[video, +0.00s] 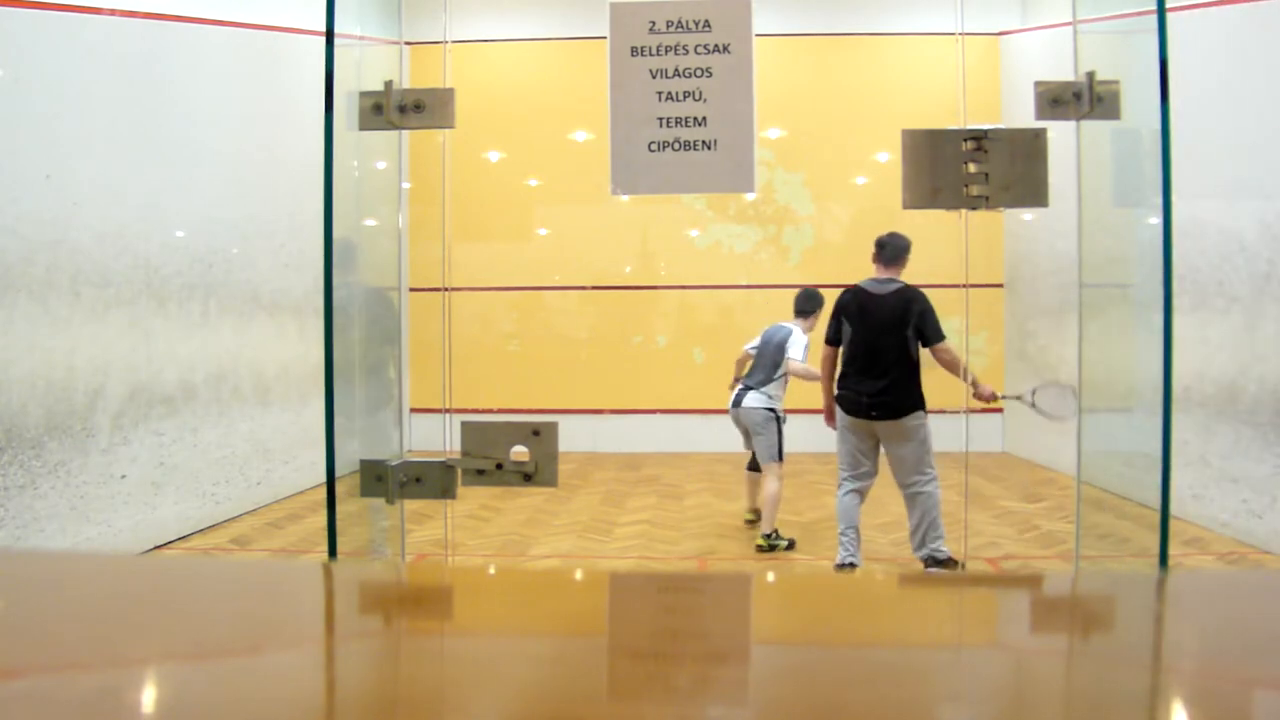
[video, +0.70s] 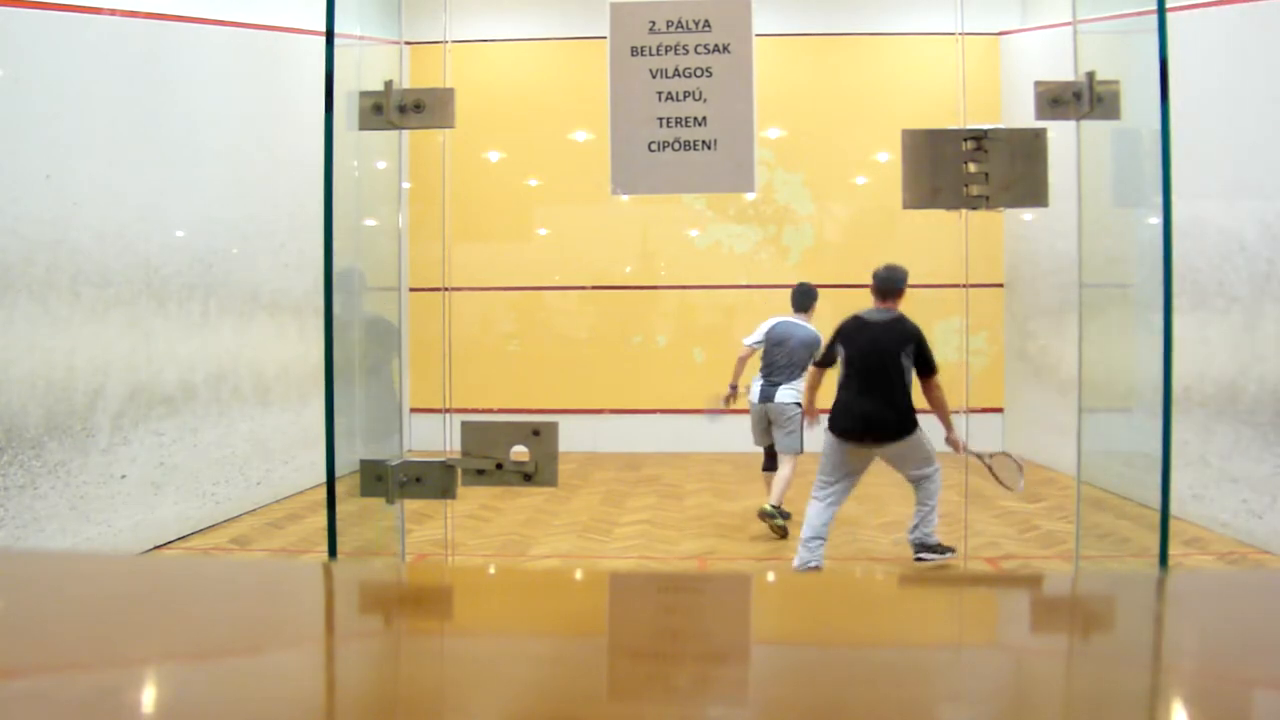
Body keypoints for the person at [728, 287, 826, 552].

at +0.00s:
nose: (817, 321)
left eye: (818, 317)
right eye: (818, 317)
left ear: (794, 311)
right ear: (815, 315)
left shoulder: (772, 330)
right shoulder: (798, 335)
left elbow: (743, 356)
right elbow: (794, 368)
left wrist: (736, 378)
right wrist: (827, 377)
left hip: (740, 403)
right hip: (762, 407)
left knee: (756, 455)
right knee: (772, 472)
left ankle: (752, 509)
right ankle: (768, 534)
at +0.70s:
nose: (814, 308)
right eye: (815, 304)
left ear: (792, 303)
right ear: (813, 306)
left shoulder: (773, 325)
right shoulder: (815, 338)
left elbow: (744, 355)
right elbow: (817, 372)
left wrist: (734, 385)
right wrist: (811, 403)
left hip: (759, 397)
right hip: (788, 400)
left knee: (769, 454)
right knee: (787, 460)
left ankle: (775, 505)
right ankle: (772, 505)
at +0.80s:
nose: (811, 304)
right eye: (811, 300)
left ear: (788, 300)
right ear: (810, 302)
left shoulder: (768, 324)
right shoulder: (814, 334)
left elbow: (747, 359)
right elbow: (806, 365)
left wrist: (739, 392)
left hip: (760, 398)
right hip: (789, 400)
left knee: (770, 453)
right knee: (791, 458)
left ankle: (773, 508)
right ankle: (781, 507)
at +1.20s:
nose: (808, 299)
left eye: (805, 294)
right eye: (808, 295)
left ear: (783, 296)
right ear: (806, 297)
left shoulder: (763, 324)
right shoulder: (815, 331)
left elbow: (747, 362)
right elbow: (818, 374)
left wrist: (743, 397)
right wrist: (805, 399)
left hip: (760, 401)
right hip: (792, 403)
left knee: (760, 457)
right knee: (795, 467)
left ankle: (758, 508)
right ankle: (784, 521)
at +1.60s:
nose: (779, 291)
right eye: (781, 287)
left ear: (757, 290)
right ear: (781, 290)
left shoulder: (742, 318)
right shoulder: (796, 322)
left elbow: (729, 356)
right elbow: (804, 365)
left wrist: (720, 388)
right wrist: (801, 401)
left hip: (741, 398)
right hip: (776, 401)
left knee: (720, 456)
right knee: (782, 463)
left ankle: (719, 508)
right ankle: (787, 518)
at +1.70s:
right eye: (763, 286)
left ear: (740, 290)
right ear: (765, 289)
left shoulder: (730, 319)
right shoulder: (783, 322)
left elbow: (722, 360)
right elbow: (794, 364)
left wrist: (708, 393)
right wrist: (788, 401)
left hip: (733, 397)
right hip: (768, 400)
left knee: (706, 460)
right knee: (775, 463)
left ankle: (704, 518)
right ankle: (778, 522)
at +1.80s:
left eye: (721, 298)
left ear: (720, 302)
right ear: (744, 300)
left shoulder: (717, 333)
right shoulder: (765, 333)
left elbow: (711, 378)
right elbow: (779, 376)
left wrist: (691, 415)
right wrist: (768, 407)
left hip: (726, 415)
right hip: (760, 415)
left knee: (692, 472)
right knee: (760, 475)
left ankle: (682, 536)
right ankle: (776, 532)